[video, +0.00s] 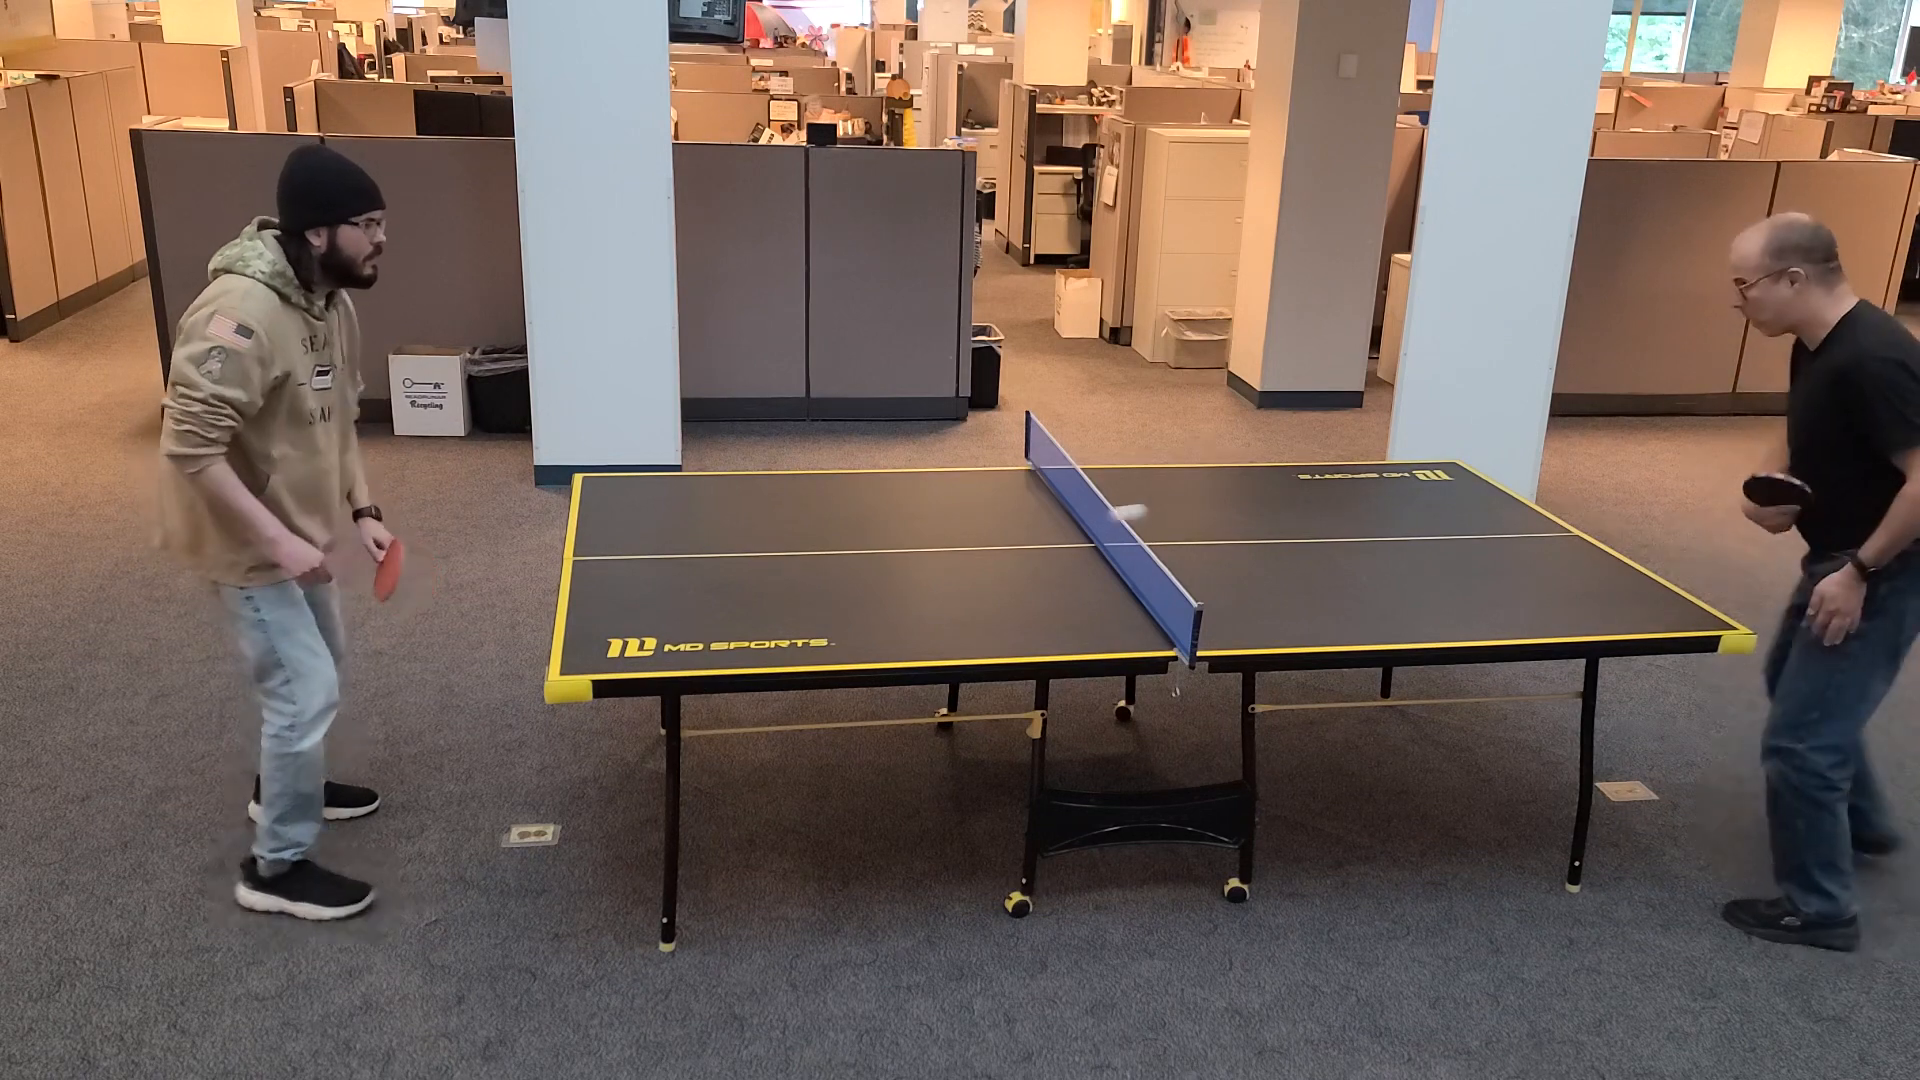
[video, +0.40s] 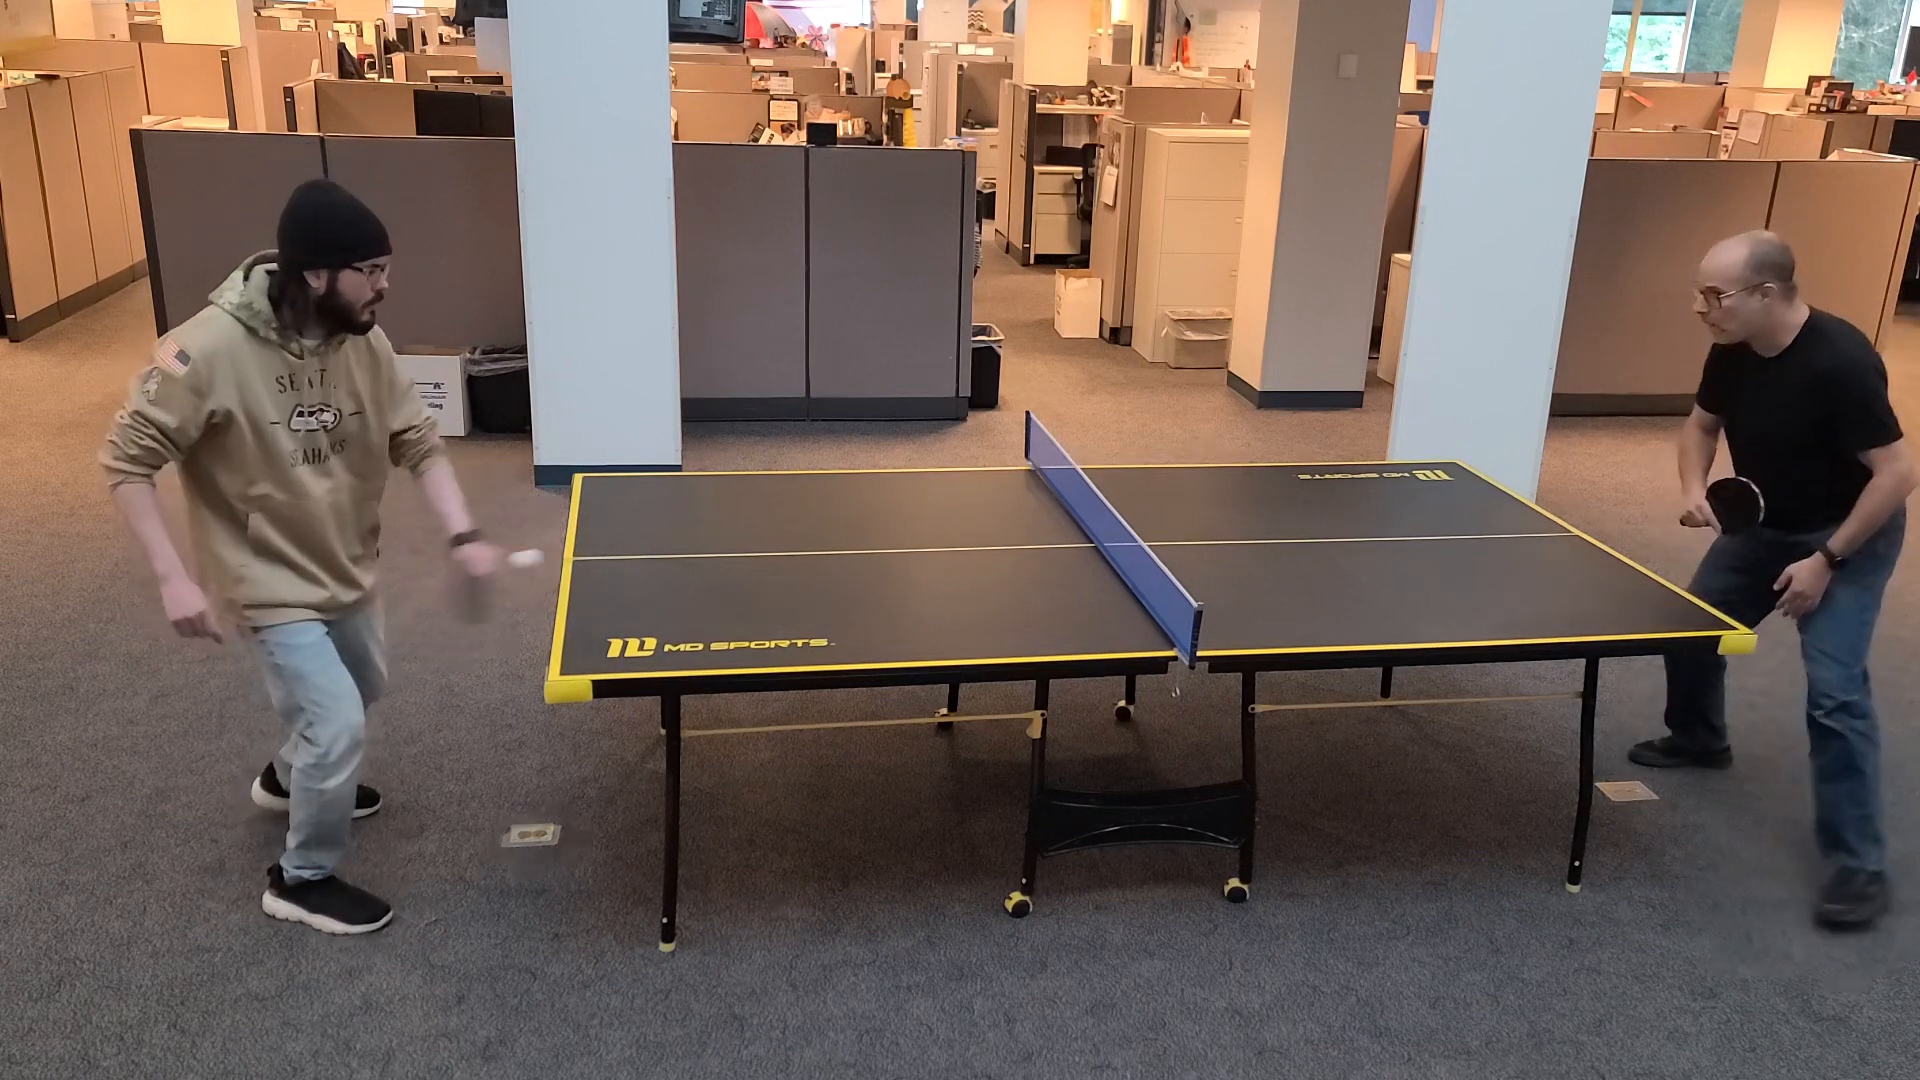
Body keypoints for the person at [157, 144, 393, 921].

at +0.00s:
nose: (382, 238)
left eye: (380, 222)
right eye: (368, 224)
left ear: (327, 233)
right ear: (317, 233)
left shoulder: (331, 301)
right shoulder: (241, 317)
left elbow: (339, 423)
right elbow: (191, 450)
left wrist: (362, 510)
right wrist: (279, 541)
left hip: (303, 531)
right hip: (244, 543)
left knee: (318, 671)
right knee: (305, 690)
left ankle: (287, 790)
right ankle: (276, 864)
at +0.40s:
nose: (384, 285)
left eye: (384, 268)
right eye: (370, 271)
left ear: (336, 276)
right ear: (315, 275)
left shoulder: (363, 343)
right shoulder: (211, 350)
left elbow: (419, 445)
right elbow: (127, 460)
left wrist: (463, 534)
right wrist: (172, 577)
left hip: (346, 568)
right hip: (265, 582)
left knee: (363, 685)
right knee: (337, 729)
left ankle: (292, 773)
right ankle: (301, 876)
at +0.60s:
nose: (388, 266)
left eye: (386, 249)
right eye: (373, 252)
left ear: (330, 262)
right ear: (319, 263)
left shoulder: (369, 324)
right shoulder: (217, 343)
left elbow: (443, 369)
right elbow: (115, 445)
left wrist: (535, 420)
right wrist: (187, 555)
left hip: (350, 561)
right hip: (273, 577)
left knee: (366, 680)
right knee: (335, 724)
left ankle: (305, 772)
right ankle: (304, 875)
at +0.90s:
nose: (400, 245)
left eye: (397, 230)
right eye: (387, 233)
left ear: (343, 245)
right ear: (337, 246)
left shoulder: (344, 300)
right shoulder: (254, 334)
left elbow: (352, 411)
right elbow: (179, 458)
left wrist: (403, 473)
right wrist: (263, 558)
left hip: (348, 549)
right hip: (294, 570)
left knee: (373, 683)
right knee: (352, 715)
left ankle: (343, 803)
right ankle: (302, 875)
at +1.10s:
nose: (402, 231)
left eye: (398, 215)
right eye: (388, 218)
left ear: (344, 231)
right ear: (338, 231)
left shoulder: (346, 298)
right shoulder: (260, 320)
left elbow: (357, 428)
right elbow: (196, 449)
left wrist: (393, 512)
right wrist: (284, 542)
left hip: (358, 543)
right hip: (300, 560)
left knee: (373, 679)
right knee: (349, 709)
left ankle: (344, 800)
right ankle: (302, 873)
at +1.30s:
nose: (401, 235)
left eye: (398, 219)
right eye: (387, 222)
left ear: (347, 233)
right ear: (335, 234)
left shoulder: (365, 307)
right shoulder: (254, 320)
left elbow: (380, 425)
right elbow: (182, 442)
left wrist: (406, 514)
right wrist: (265, 540)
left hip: (363, 546)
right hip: (298, 562)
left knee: (376, 674)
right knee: (346, 711)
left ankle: (344, 800)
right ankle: (301, 873)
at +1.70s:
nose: (400, 270)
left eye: (400, 254)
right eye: (387, 256)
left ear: (353, 264)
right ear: (334, 262)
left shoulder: (382, 342)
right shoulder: (226, 340)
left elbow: (418, 451)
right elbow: (146, 446)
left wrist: (468, 535)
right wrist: (195, 561)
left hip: (363, 562)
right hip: (281, 576)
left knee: (396, 684)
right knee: (351, 724)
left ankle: (346, 801)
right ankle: (302, 875)